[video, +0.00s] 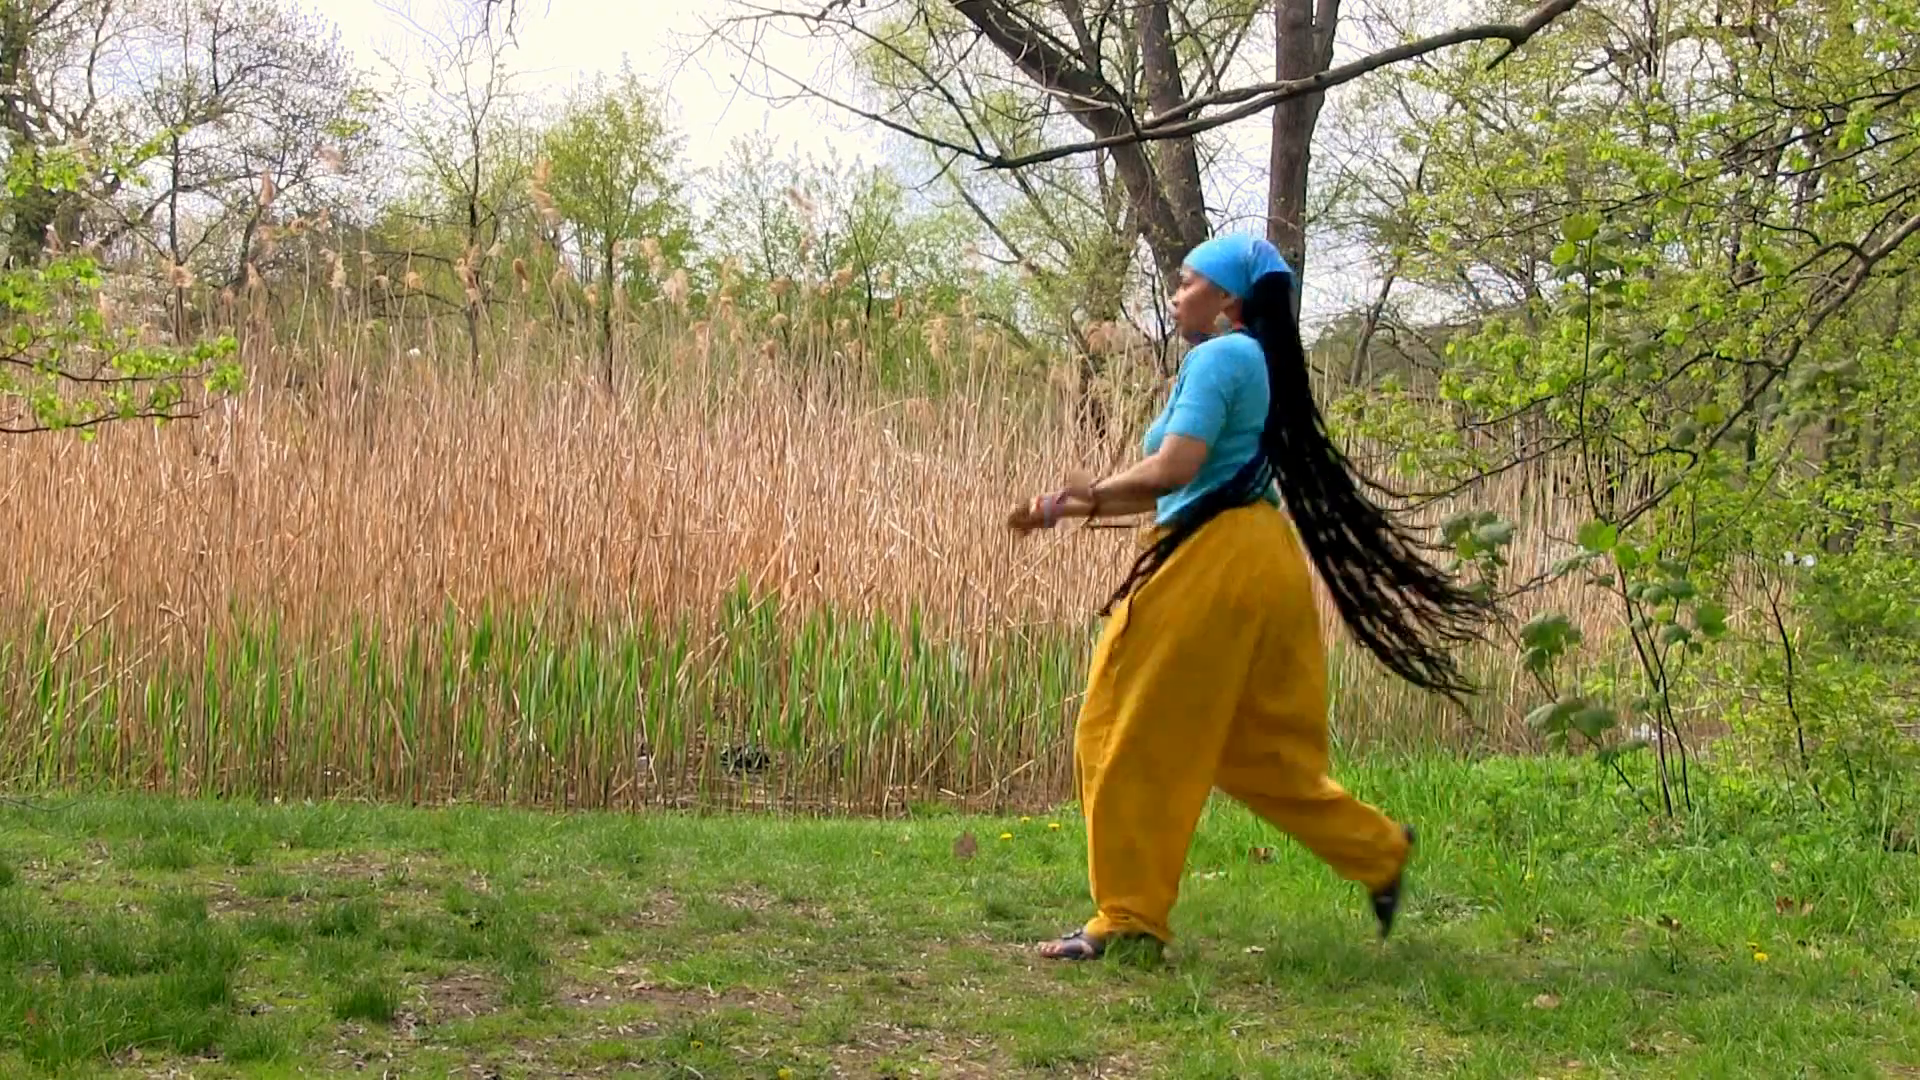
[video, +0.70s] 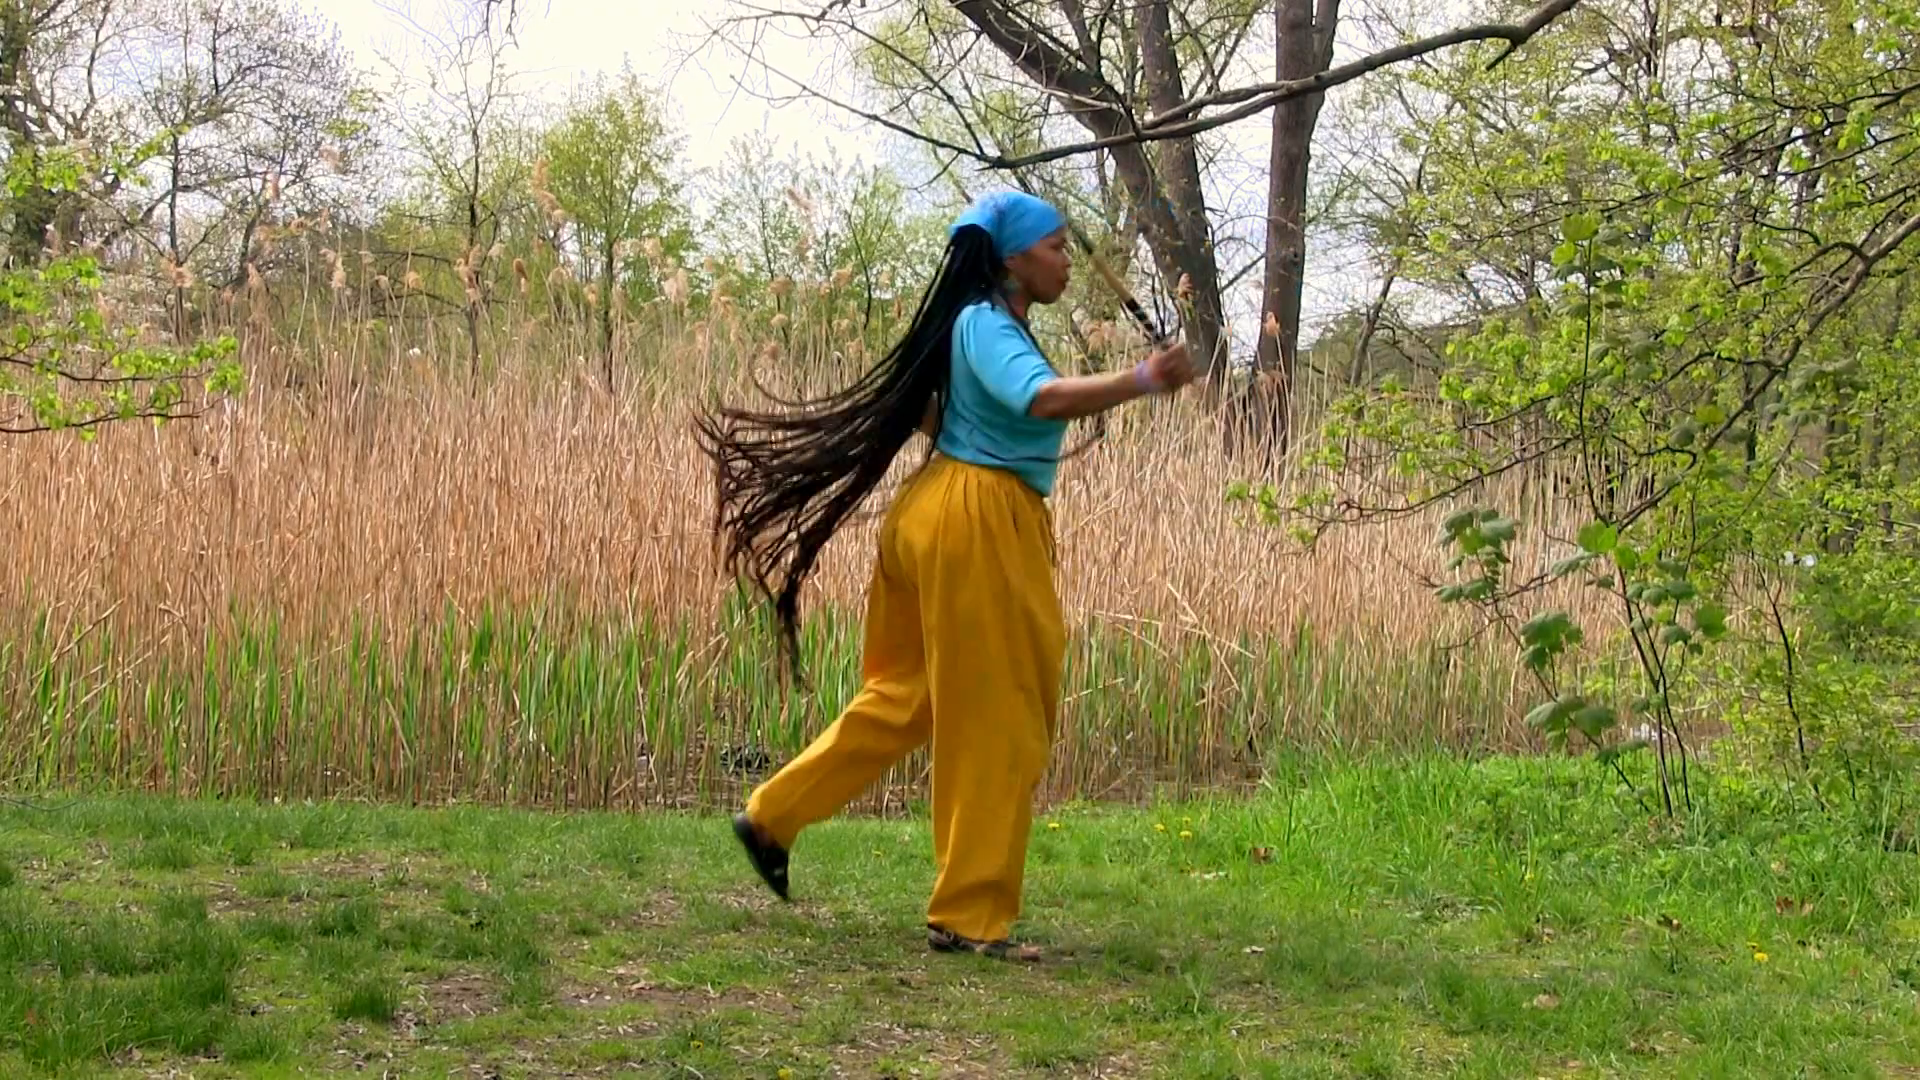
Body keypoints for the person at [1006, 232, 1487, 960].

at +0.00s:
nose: (1176, 295)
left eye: (1189, 284)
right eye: (1182, 280)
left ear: (1227, 300)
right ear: (1231, 301)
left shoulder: (1216, 360)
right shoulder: (1247, 361)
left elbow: (1173, 467)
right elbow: (1171, 477)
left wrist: (1084, 494)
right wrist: (1085, 503)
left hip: (1216, 557)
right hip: (1269, 552)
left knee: (1126, 728)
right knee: (1245, 743)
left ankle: (1128, 917)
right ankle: (1378, 851)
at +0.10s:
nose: (1139, 280)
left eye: (1154, 269)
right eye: (1144, 267)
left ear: (1195, 286)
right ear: (1183, 286)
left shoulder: (1218, 353)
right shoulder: (1161, 357)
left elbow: (1183, 474)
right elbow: (1118, 468)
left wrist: (1104, 453)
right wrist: (1055, 526)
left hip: (1200, 554)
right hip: (1150, 551)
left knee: (1126, 729)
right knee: (1075, 713)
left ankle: (1127, 919)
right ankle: (1213, 850)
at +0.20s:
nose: (1117, 264)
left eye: (1136, 255)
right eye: (1118, 253)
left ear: (1179, 276)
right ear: (1116, 267)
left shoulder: (1214, 356)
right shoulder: (1087, 346)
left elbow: (1224, 472)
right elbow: (1062, 458)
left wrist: (1111, 460)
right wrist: (1092, 508)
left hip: (1165, 564)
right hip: (1072, 547)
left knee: (1119, 730)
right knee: (1008, 696)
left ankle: (1122, 921)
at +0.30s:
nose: (1161, 249)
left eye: (1170, 239)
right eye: (1145, 235)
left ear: (1178, 255)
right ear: (1102, 246)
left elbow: (1229, 440)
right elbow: (1017, 435)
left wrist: (1164, 465)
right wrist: (1042, 522)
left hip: (1145, 528)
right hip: (1043, 513)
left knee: (1130, 721)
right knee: (998, 702)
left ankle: (1113, 912)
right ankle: (979, 887)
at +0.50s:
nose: (1151, 263)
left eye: (1150, 250)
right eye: (1137, 250)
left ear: (1116, 263)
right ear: (1090, 258)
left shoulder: (1101, 333)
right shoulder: (1041, 317)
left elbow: (1059, 431)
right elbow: (980, 390)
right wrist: (953, 470)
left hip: (1070, 529)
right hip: (1002, 514)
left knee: (1092, 708)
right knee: (1007, 715)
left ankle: (914, 767)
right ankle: (973, 911)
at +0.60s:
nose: (1116, 266)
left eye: (1113, 252)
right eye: (1102, 252)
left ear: (1070, 267)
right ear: (1058, 262)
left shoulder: (1054, 336)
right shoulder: (1009, 315)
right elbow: (974, 393)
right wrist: (1001, 428)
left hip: (1037, 531)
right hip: (988, 515)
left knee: (1022, 714)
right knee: (996, 714)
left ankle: (842, 751)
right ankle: (968, 915)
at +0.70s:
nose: (1069, 259)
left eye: (1065, 245)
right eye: (1055, 246)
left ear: (1008, 261)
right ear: (1011, 258)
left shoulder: (969, 323)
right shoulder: (991, 324)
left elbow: (923, 409)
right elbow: (1041, 396)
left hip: (928, 505)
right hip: (984, 517)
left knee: (907, 695)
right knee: (1002, 716)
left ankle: (773, 817)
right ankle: (969, 916)